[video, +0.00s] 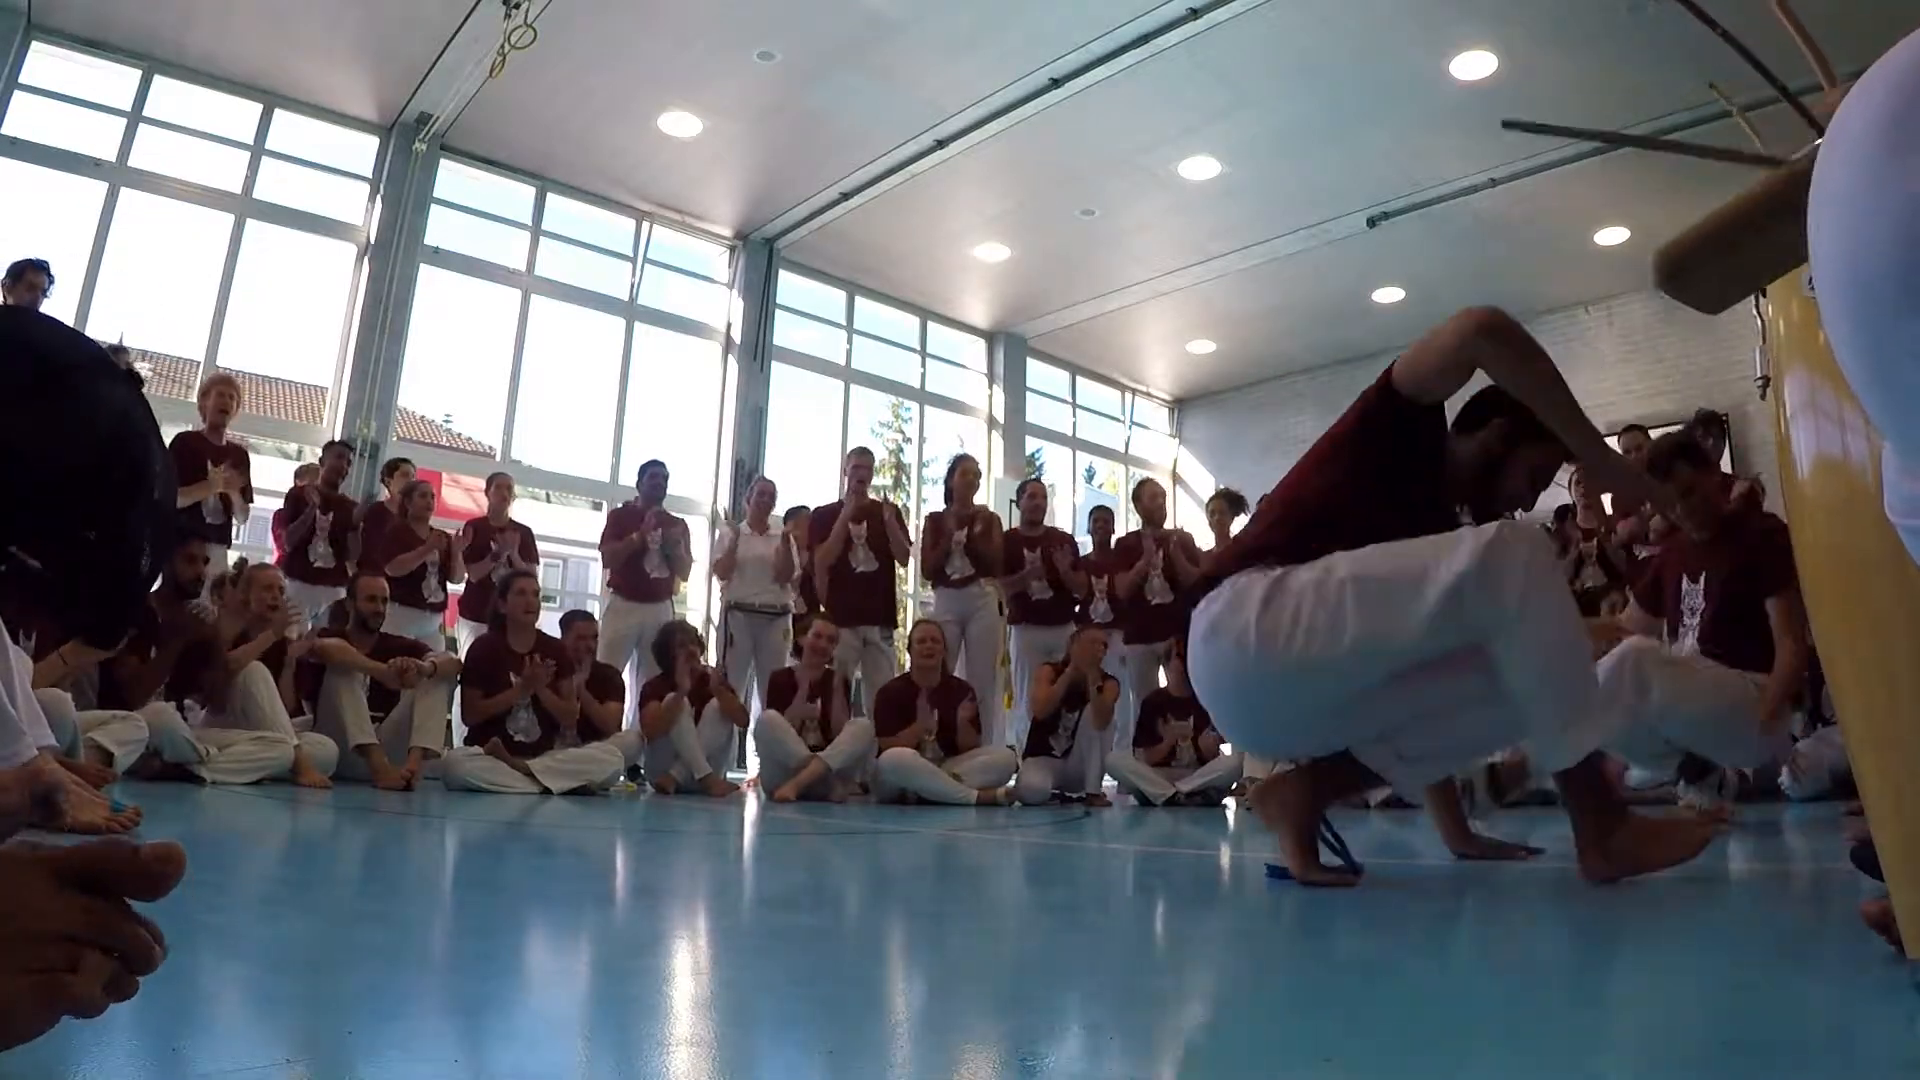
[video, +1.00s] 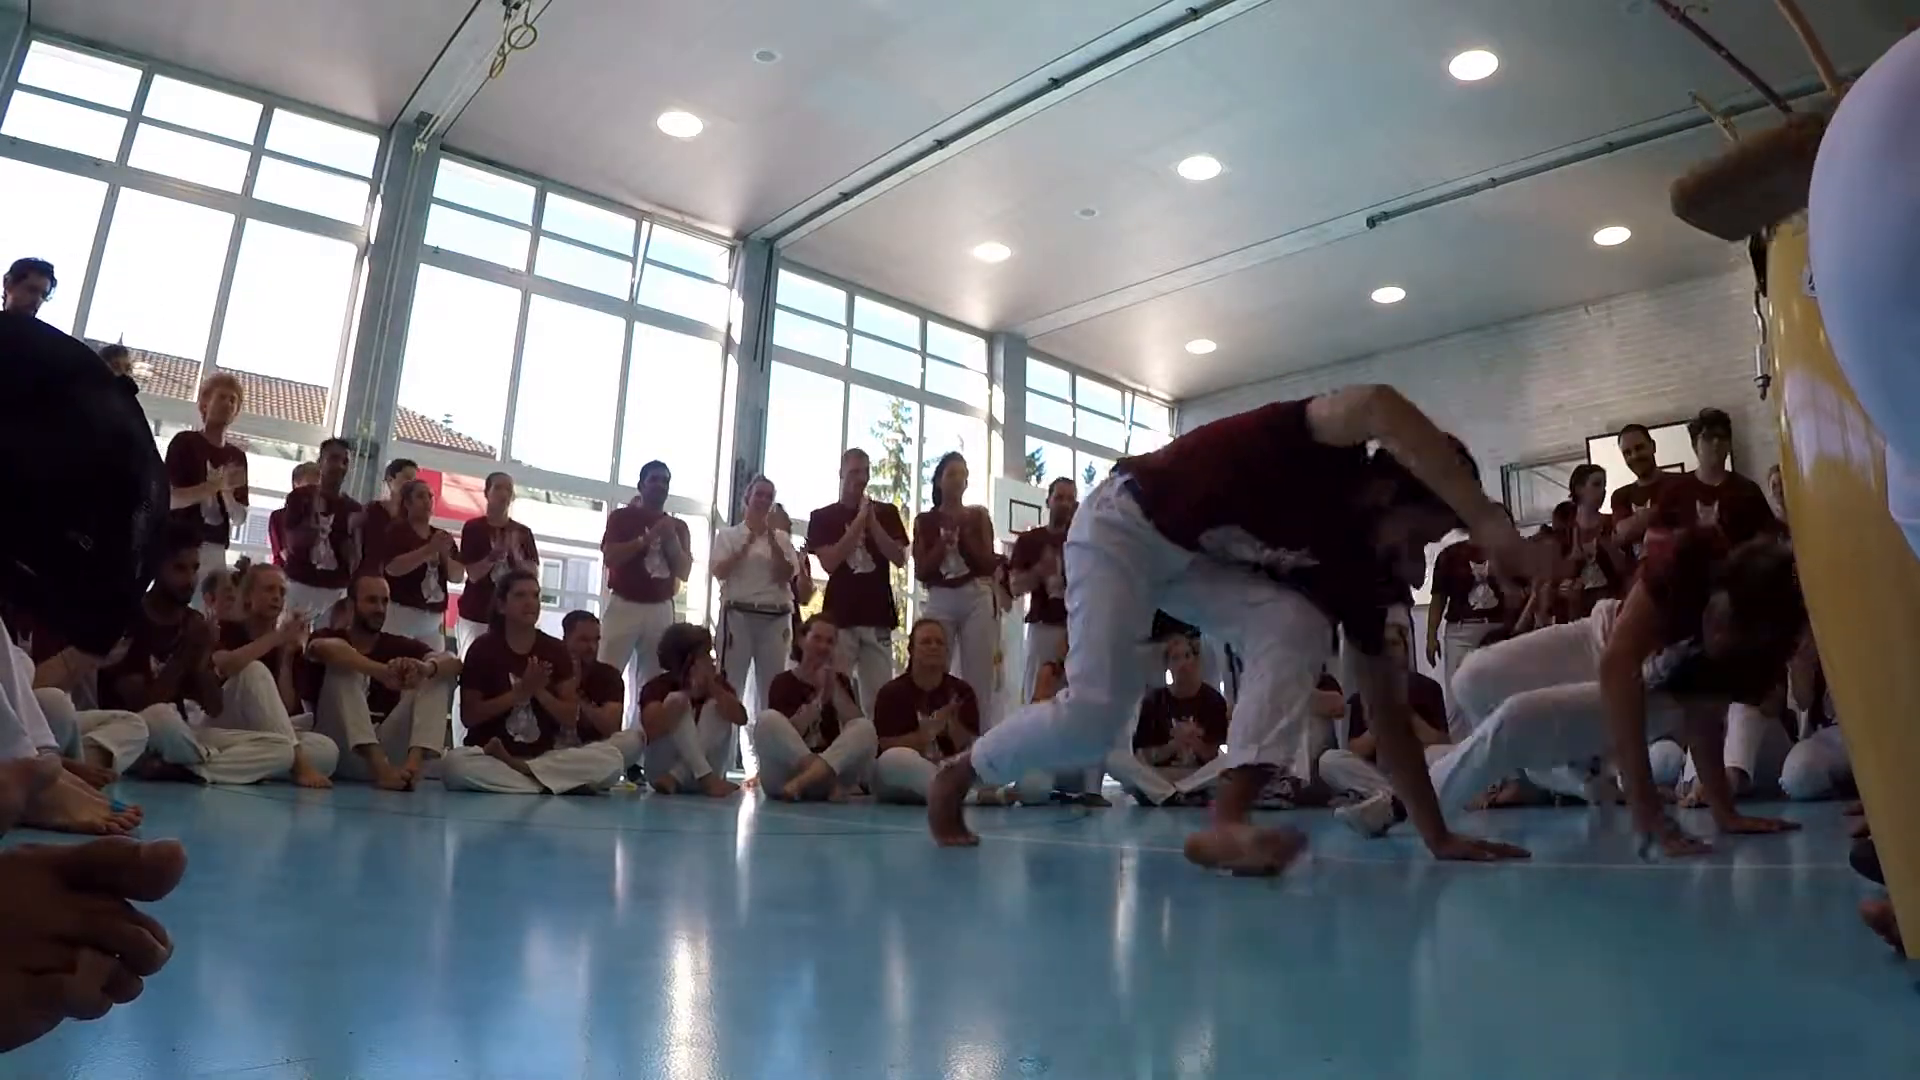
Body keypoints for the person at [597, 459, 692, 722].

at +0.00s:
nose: (659, 482)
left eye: (663, 478)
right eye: (653, 477)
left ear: (668, 485)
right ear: (639, 483)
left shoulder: (677, 524)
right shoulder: (619, 517)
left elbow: (685, 573)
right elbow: (609, 559)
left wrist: (673, 547)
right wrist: (640, 537)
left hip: (660, 609)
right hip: (622, 607)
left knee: (653, 687)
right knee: (605, 682)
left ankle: (646, 751)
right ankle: (600, 748)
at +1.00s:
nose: (660, 485)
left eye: (664, 480)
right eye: (654, 479)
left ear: (669, 487)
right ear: (641, 484)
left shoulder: (677, 526)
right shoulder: (620, 517)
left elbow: (684, 572)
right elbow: (611, 556)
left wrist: (670, 540)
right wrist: (645, 540)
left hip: (660, 610)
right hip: (622, 607)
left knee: (653, 686)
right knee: (606, 680)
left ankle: (647, 747)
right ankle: (598, 745)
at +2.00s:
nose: (659, 485)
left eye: (663, 481)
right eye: (653, 479)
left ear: (668, 487)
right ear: (639, 484)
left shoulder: (676, 525)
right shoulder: (619, 517)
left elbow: (684, 573)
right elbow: (609, 557)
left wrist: (672, 545)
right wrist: (644, 535)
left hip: (660, 609)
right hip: (622, 607)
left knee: (653, 684)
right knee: (606, 679)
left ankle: (646, 747)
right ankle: (599, 744)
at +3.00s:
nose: (658, 485)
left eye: (663, 481)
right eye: (652, 479)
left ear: (667, 487)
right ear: (639, 484)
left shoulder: (676, 525)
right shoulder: (619, 516)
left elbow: (684, 574)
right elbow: (609, 557)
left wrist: (671, 546)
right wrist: (640, 542)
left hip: (659, 609)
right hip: (622, 607)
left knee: (652, 685)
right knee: (606, 679)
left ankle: (644, 748)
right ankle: (598, 745)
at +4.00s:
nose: (661, 485)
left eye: (665, 480)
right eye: (655, 479)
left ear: (669, 487)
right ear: (640, 484)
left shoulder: (677, 525)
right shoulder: (621, 515)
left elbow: (685, 572)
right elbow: (611, 556)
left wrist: (671, 544)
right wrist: (648, 543)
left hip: (660, 609)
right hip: (622, 607)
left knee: (654, 686)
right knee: (606, 680)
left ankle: (649, 750)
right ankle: (599, 746)